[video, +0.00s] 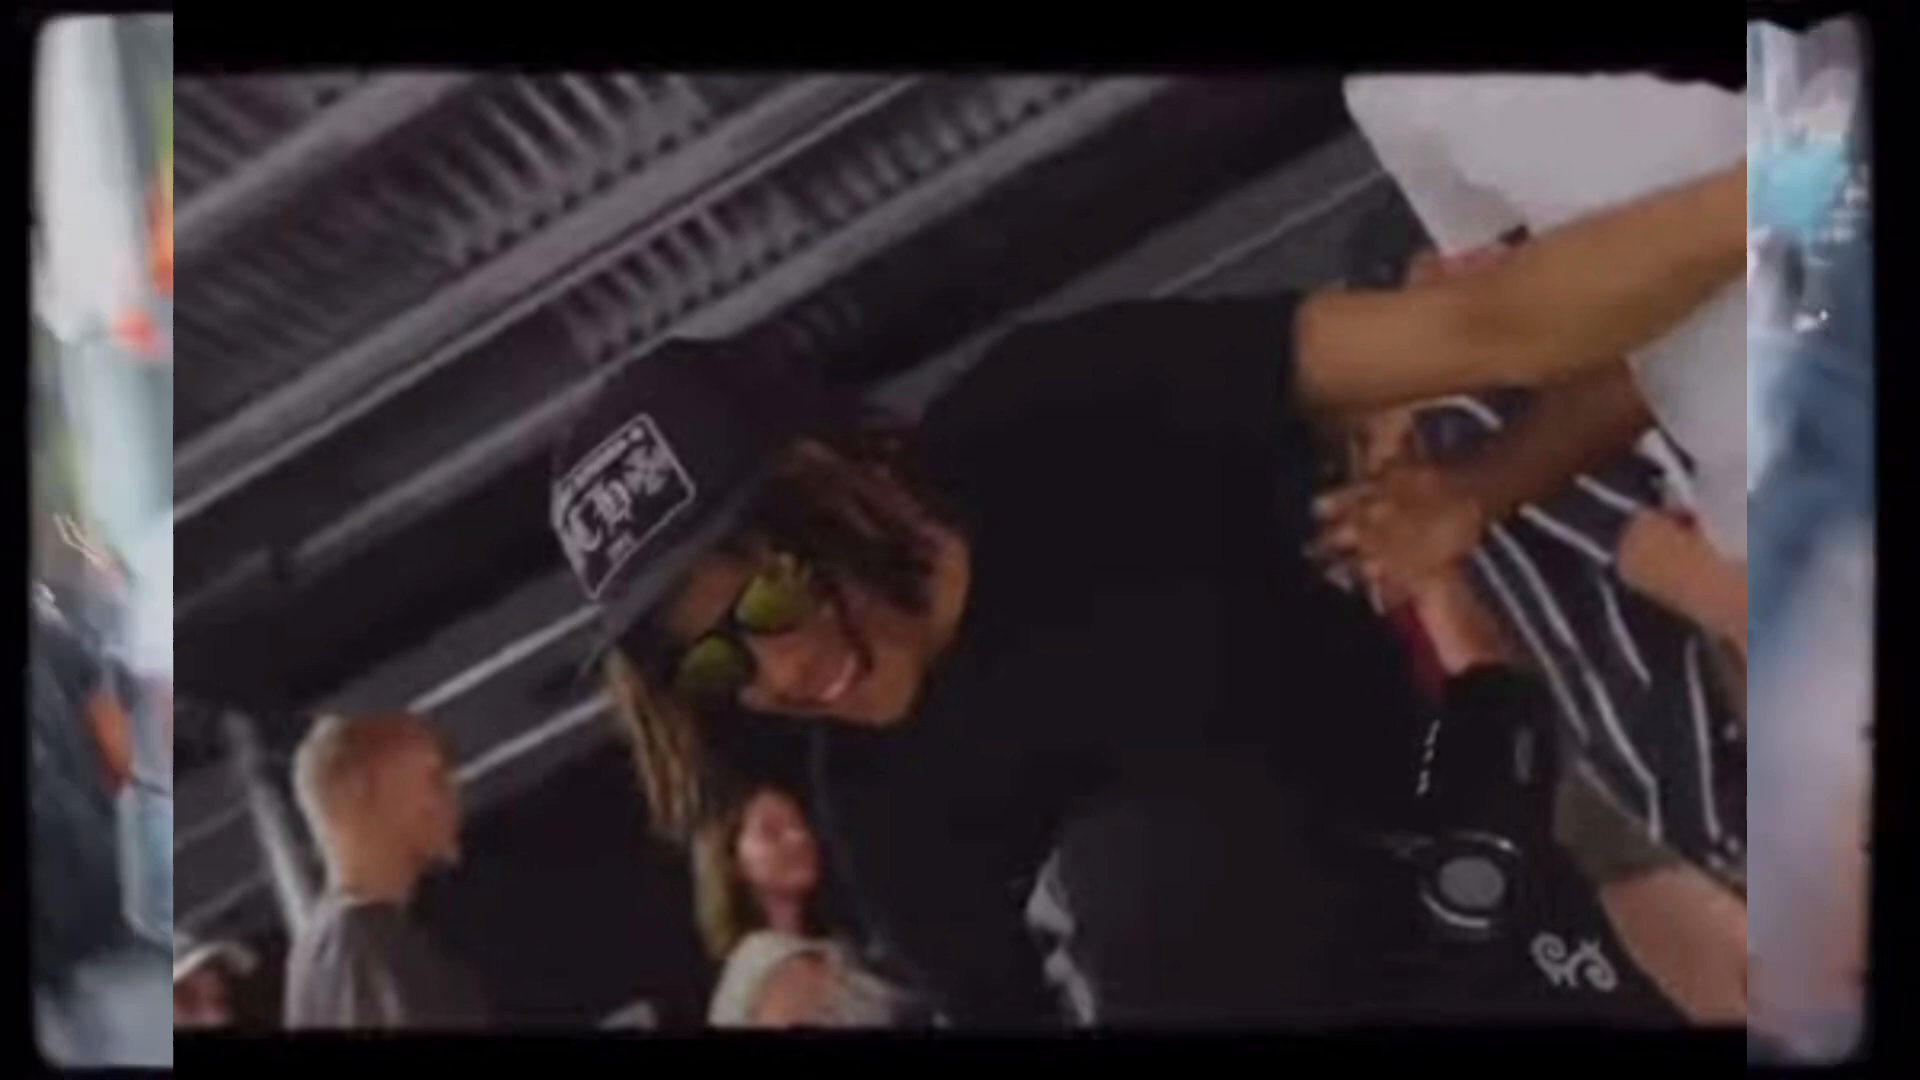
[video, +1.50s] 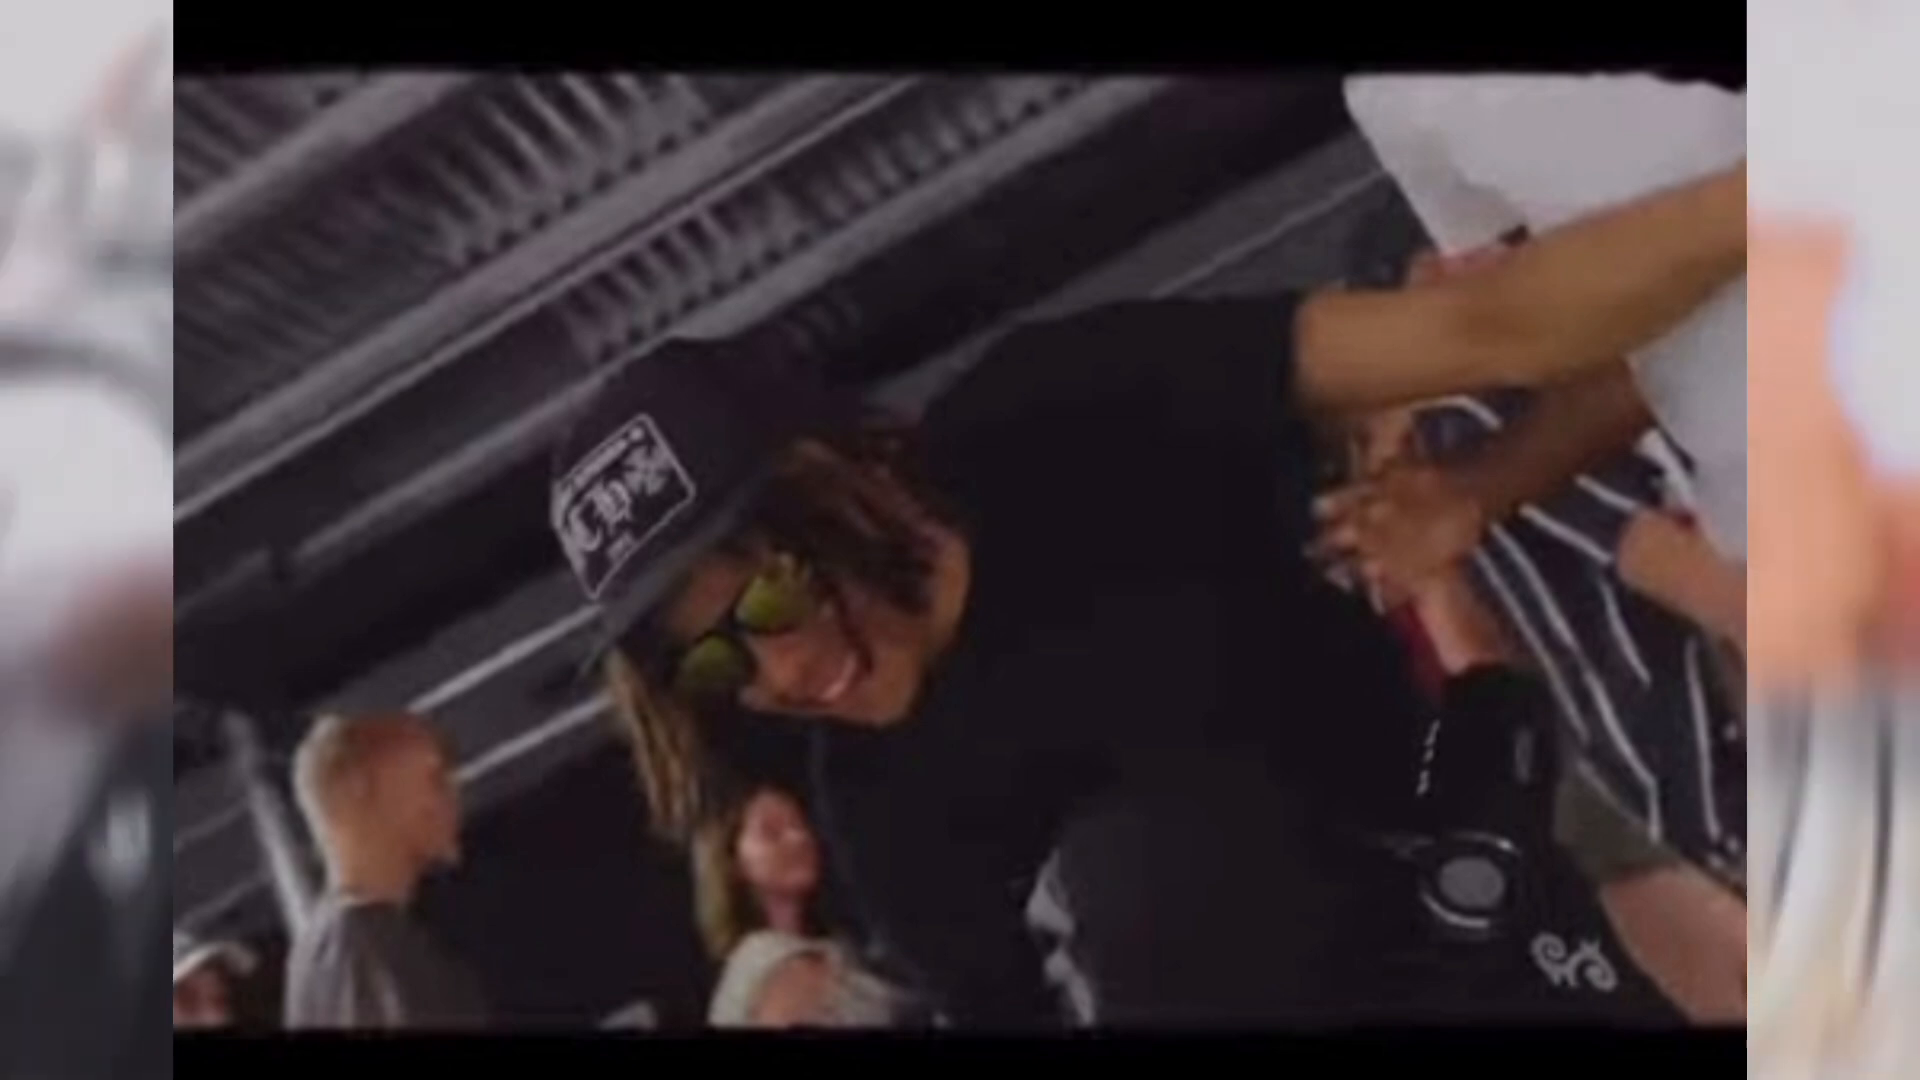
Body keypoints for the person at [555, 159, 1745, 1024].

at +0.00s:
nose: (768, 656)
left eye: (760, 581)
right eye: (708, 654)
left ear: (834, 475)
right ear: (687, 686)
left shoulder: (1053, 403)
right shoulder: (888, 847)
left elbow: (1467, 331)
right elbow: (1038, 1025)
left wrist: (1784, 188)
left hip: (1482, 835)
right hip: (1263, 973)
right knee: (1136, 864)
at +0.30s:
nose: (767, 658)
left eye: (760, 583)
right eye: (707, 655)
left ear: (834, 476)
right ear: (685, 685)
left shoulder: (1053, 403)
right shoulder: (888, 845)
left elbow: (1473, 328)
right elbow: (1033, 1025)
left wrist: (1796, 183)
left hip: (1479, 848)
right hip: (1250, 976)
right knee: (1136, 866)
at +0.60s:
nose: (767, 657)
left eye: (759, 583)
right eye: (707, 654)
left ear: (834, 476)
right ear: (685, 685)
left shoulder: (1055, 403)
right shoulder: (886, 844)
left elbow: (1471, 328)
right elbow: (1031, 1023)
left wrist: (1782, 188)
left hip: (1470, 842)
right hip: (1236, 970)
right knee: (1137, 861)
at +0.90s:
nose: (769, 657)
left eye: (760, 583)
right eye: (710, 655)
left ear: (833, 476)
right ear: (689, 686)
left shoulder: (1056, 402)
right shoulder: (887, 843)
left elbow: (1468, 328)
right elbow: (1029, 1023)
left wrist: (1779, 193)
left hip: (1475, 837)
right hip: (1246, 969)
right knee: (1138, 859)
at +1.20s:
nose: (767, 656)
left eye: (760, 581)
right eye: (708, 653)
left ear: (835, 475)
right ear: (686, 684)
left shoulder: (1051, 403)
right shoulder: (888, 847)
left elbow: (1464, 331)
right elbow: (1039, 1024)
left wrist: (1781, 190)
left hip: (1480, 836)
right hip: (1257, 970)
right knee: (1135, 864)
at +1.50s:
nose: (767, 658)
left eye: (760, 584)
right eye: (708, 655)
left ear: (834, 477)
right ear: (686, 686)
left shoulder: (1052, 404)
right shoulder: (888, 847)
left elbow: (1470, 329)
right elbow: (1039, 1024)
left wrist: (1787, 187)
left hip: (1487, 842)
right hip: (1264, 975)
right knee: (1135, 868)